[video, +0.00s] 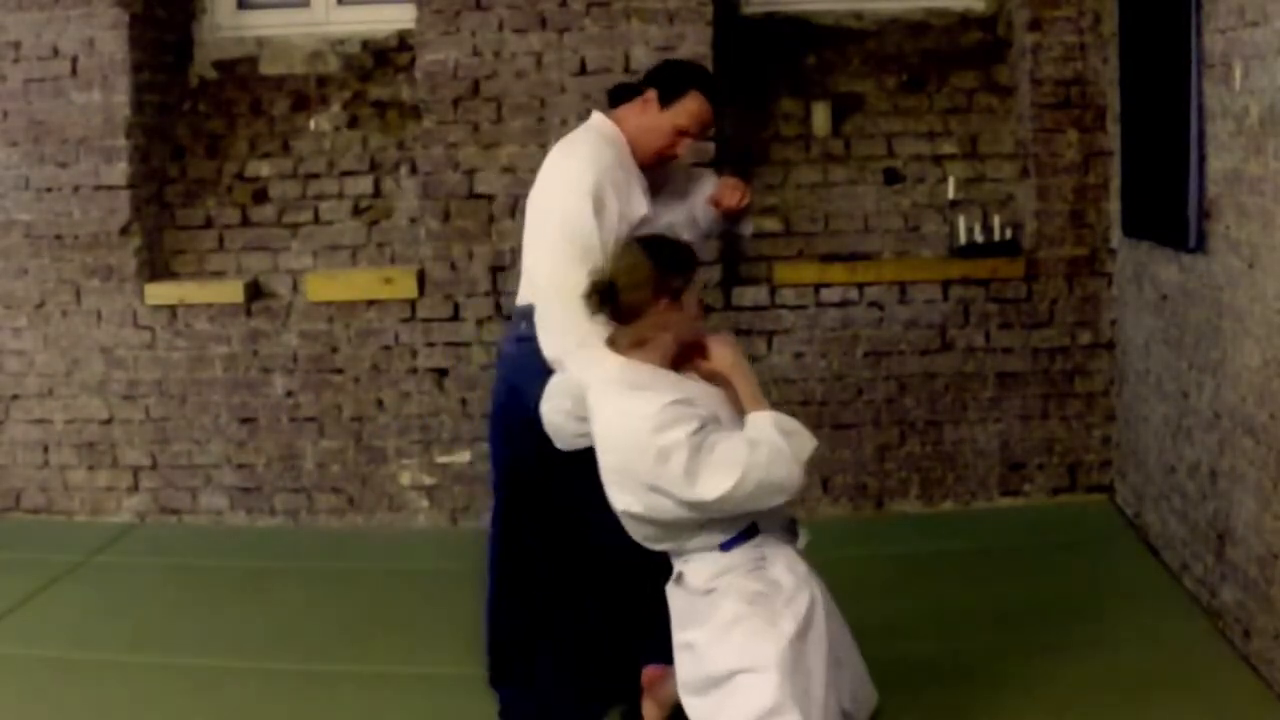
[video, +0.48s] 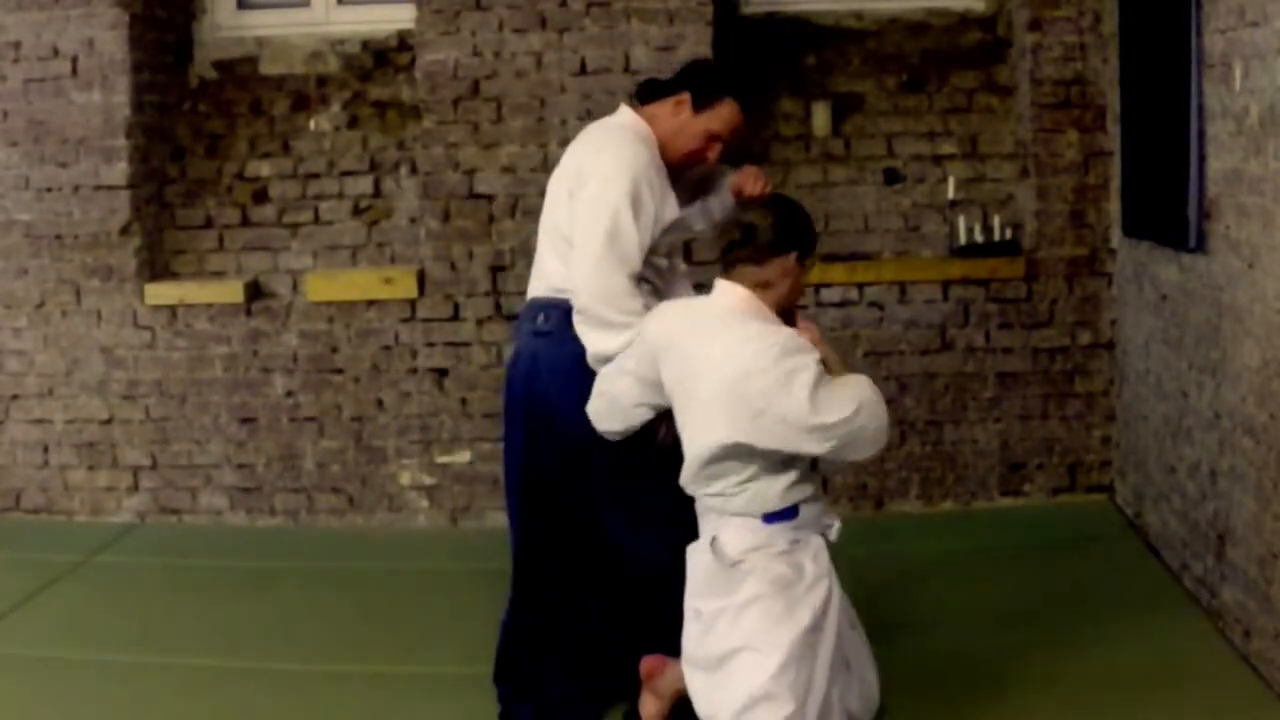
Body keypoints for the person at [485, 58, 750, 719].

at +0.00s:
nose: (682, 149)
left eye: (693, 139)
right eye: (684, 131)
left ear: (649, 105)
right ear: (650, 102)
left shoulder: (617, 161)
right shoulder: (581, 165)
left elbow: (642, 217)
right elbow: (564, 306)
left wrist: (706, 201)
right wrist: (627, 397)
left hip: (590, 363)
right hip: (548, 367)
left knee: (604, 540)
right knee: (558, 548)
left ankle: (598, 692)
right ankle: (549, 697)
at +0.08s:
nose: (695, 153)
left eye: (705, 142)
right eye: (694, 135)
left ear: (657, 106)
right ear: (659, 103)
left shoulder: (623, 157)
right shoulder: (592, 162)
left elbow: (653, 210)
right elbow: (580, 306)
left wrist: (711, 200)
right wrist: (654, 380)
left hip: (593, 362)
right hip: (555, 368)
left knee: (612, 536)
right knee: (564, 545)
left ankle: (604, 688)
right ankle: (552, 697)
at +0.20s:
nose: (702, 153)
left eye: (712, 142)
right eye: (704, 134)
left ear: (667, 105)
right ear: (672, 103)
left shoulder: (625, 148)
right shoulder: (609, 157)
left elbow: (660, 205)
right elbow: (590, 295)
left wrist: (719, 191)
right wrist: (655, 363)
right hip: (564, 357)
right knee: (576, 534)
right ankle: (555, 693)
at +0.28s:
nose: (706, 154)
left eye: (717, 143)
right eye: (708, 135)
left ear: (672, 103)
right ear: (677, 102)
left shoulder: (624, 147)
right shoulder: (614, 156)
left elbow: (658, 229)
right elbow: (597, 296)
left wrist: (721, 197)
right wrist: (680, 339)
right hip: (568, 356)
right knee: (579, 535)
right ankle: (558, 693)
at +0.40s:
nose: (710, 156)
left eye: (721, 144)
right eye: (711, 136)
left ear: (677, 106)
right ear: (680, 103)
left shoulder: (627, 147)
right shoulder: (619, 155)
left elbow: (662, 227)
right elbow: (599, 291)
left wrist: (726, 198)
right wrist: (660, 363)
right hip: (571, 358)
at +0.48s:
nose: (711, 156)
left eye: (721, 145)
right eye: (711, 137)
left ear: (675, 107)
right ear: (679, 104)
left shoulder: (623, 146)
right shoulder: (620, 157)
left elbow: (662, 230)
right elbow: (603, 293)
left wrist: (728, 199)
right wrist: (663, 383)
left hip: (566, 351)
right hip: (574, 360)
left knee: (569, 537)